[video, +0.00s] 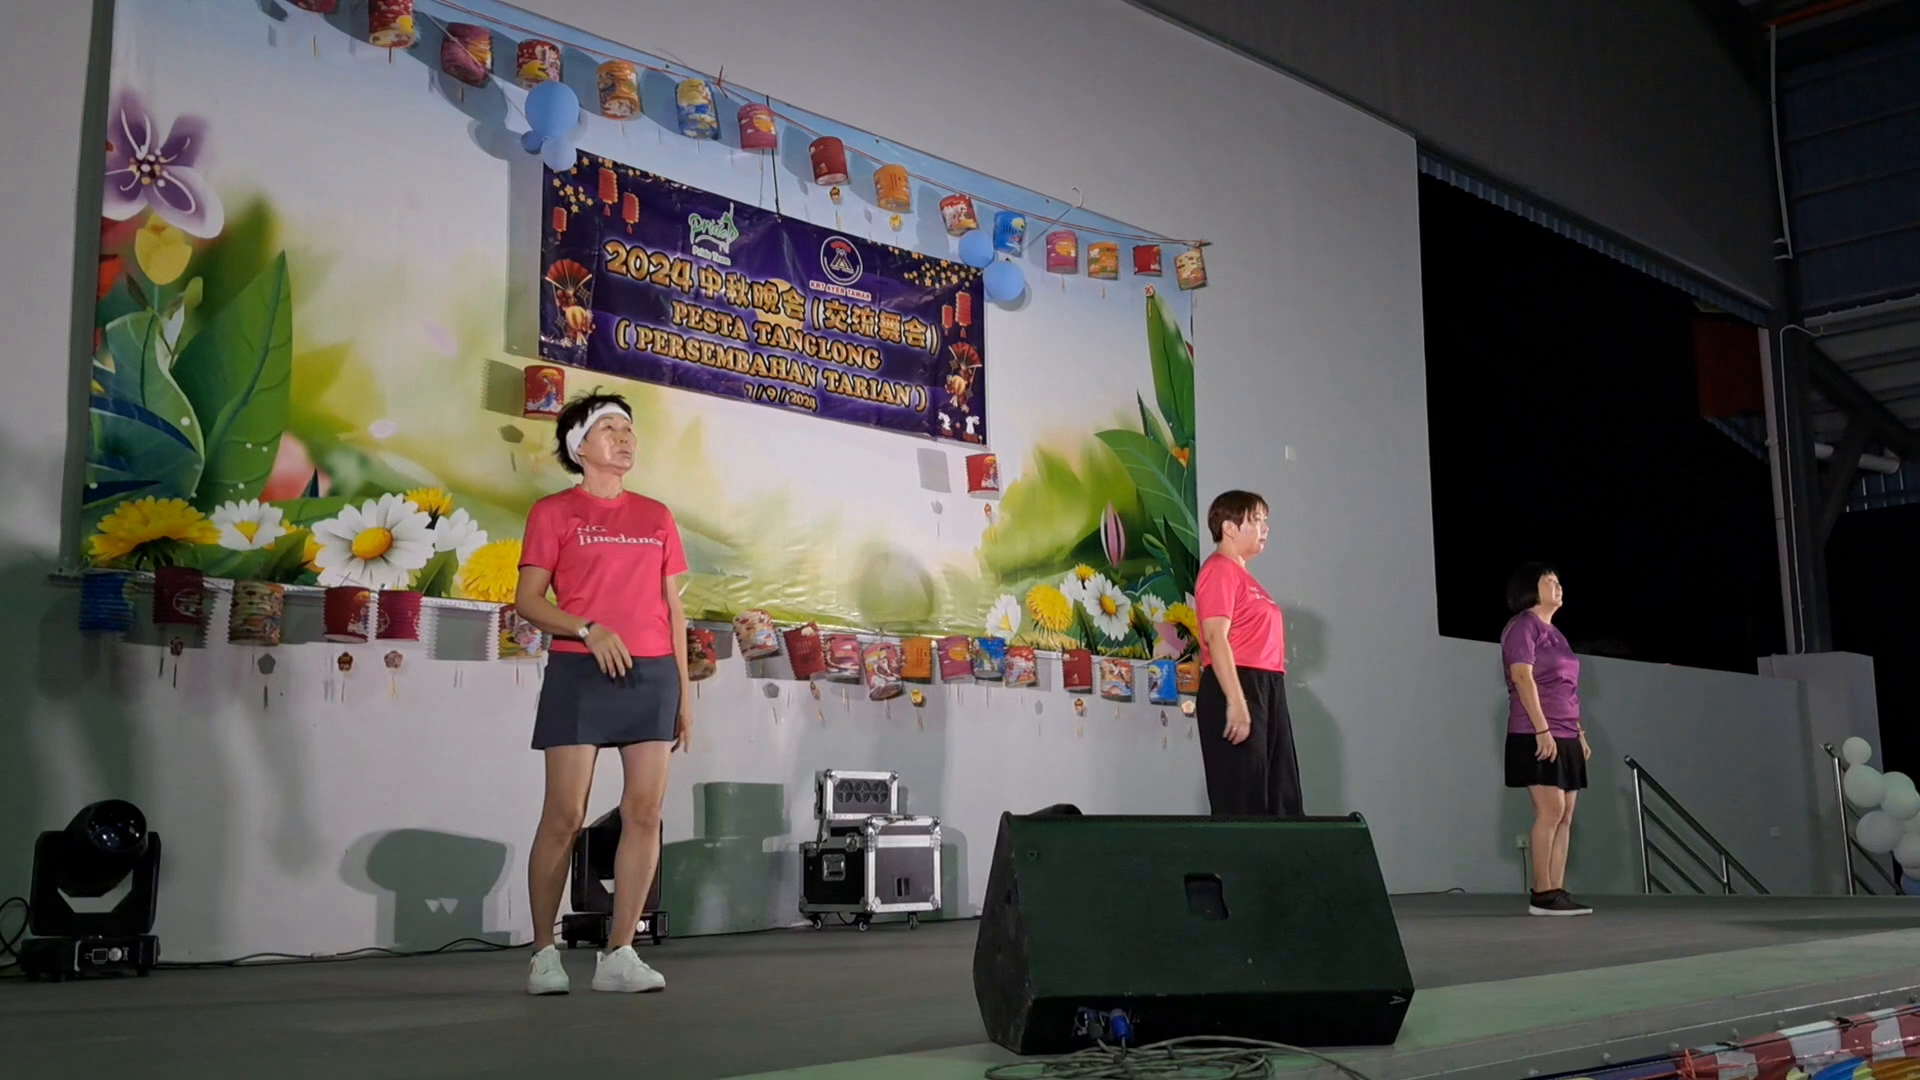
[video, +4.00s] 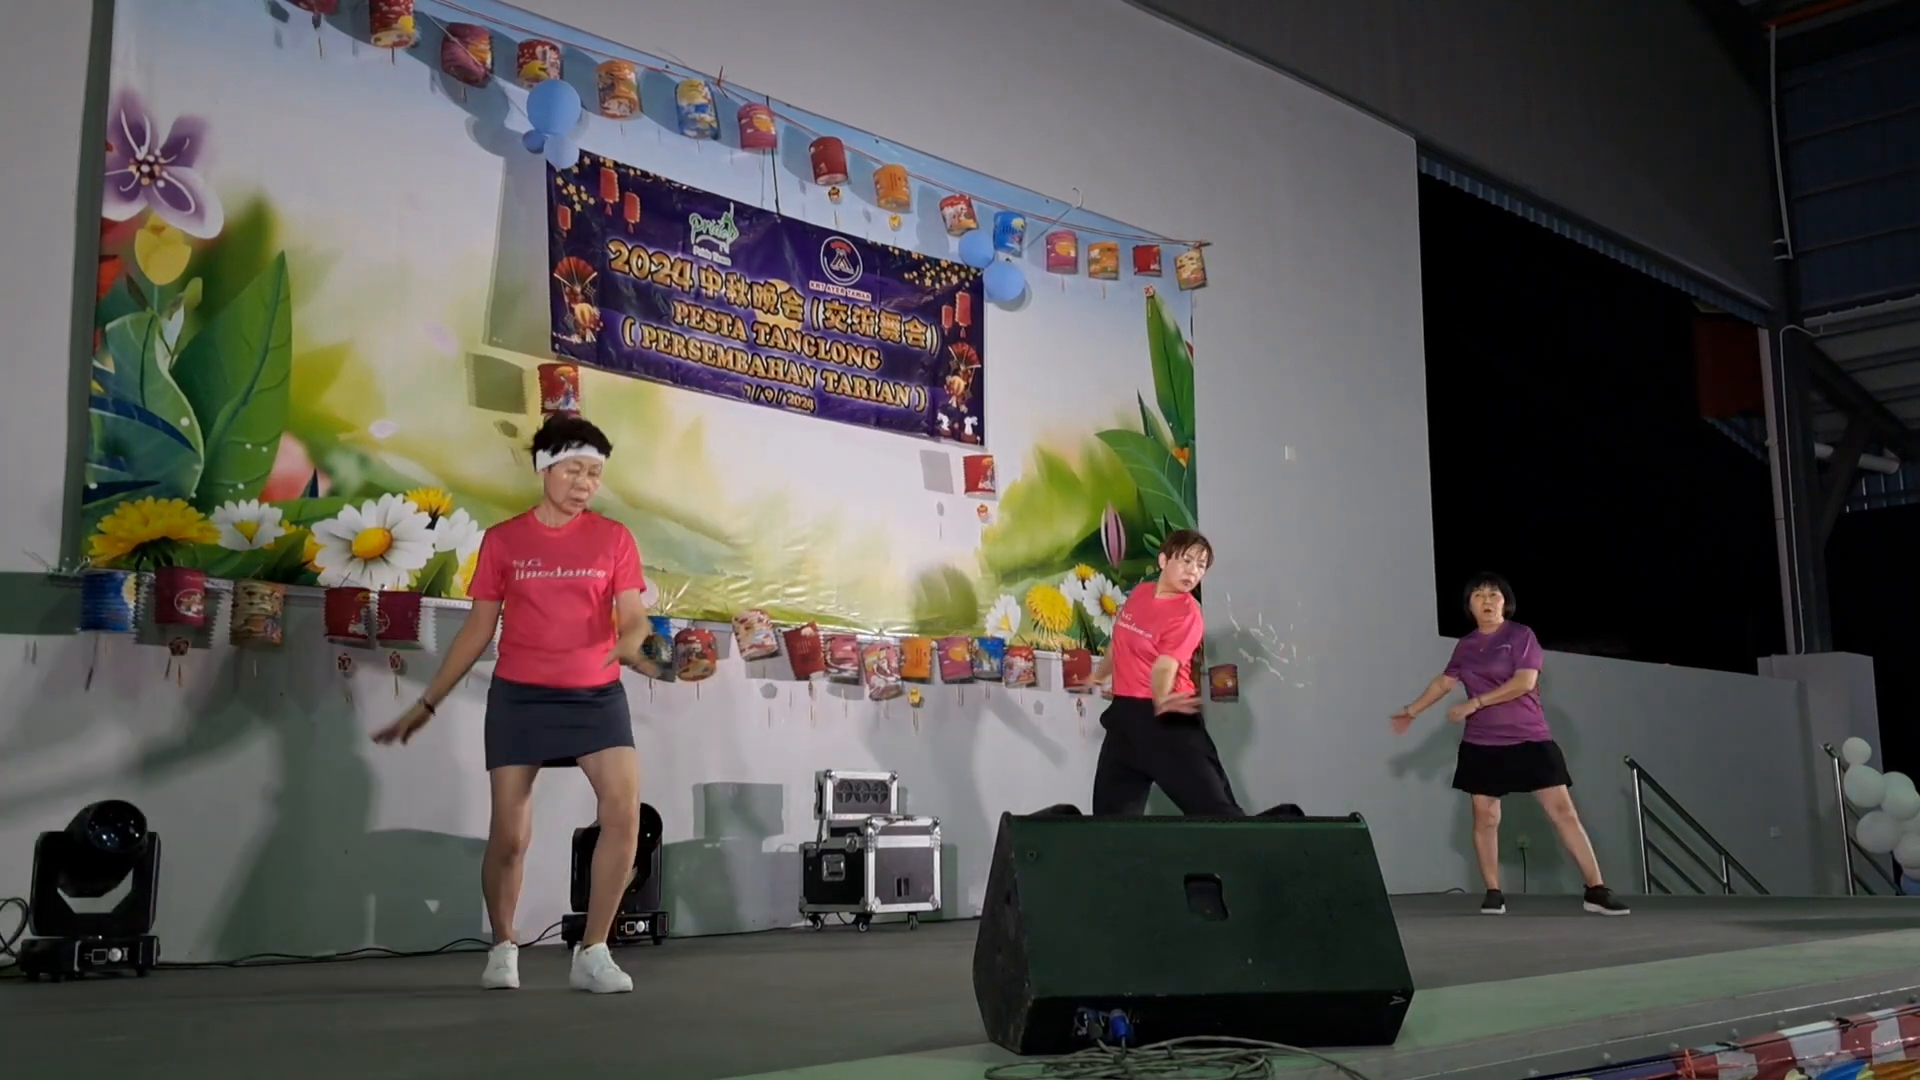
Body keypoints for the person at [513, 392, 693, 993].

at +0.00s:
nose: (624, 439)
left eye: (629, 431)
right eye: (610, 430)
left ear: (635, 447)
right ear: (579, 445)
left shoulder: (657, 516)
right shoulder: (553, 513)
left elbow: (675, 612)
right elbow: (528, 600)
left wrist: (684, 694)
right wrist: (588, 629)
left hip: (654, 674)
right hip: (578, 674)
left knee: (645, 812)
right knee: (565, 818)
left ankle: (620, 952)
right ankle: (545, 949)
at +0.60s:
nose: (593, 447)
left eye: (598, 440)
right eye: (580, 438)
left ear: (601, 452)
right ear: (547, 448)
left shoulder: (614, 522)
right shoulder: (515, 519)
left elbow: (629, 614)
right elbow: (492, 613)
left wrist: (643, 687)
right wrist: (525, 687)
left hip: (609, 680)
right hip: (538, 679)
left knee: (635, 799)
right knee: (541, 815)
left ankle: (614, 943)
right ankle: (542, 948)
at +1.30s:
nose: (583, 446)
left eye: (589, 438)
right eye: (570, 436)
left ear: (595, 449)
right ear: (538, 447)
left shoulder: (609, 521)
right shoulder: (515, 514)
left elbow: (651, 603)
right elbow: (502, 591)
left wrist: (710, 661)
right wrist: (516, 648)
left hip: (602, 676)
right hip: (534, 673)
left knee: (624, 807)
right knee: (537, 815)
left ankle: (609, 951)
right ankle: (542, 949)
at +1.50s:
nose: (580, 448)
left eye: (587, 438)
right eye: (566, 438)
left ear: (593, 450)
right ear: (536, 450)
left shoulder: (611, 523)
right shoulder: (513, 516)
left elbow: (664, 591)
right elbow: (503, 580)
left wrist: (731, 586)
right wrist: (540, 577)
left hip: (600, 676)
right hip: (530, 674)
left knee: (624, 807)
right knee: (536, 816)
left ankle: (610, 950)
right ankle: (542, 950)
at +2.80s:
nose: (581, 438)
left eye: (586, 430)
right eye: (568, 428)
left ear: (593, 444)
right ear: (537, 442)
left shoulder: (616, 517)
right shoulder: (515, 512)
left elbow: (648, 599)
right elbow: (500, 595)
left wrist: (686, 668)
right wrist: (512, 661)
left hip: (607, 677)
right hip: (538, 674)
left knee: (619, 810)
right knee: (539, 813)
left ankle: (610, 952)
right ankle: (541, 950)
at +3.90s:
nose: (592, 466)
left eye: (599, 455)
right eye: (580, 454)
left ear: (606, 461)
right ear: (546, 457)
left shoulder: (619, 526)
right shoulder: (507, 528)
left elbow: (645, 607)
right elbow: (484, 616)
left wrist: (667, 608)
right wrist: (438, 656)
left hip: (604, 684)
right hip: (530, 683)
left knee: (623, 809)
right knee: (531, 827)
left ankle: (594, 951)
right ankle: (512, 930)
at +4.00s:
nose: (584, 482)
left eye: (594, 472)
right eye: (572, 469)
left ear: (601, 478)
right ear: (544, 470)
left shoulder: (615, 539)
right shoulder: (504, 540)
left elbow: (634, 623)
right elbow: (477, 632)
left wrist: (627, 649)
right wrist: (427, 704)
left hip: (596, 697)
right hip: (519, 696)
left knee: (624, 811)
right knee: (510, 836)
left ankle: (593, 949)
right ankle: (503, 945)